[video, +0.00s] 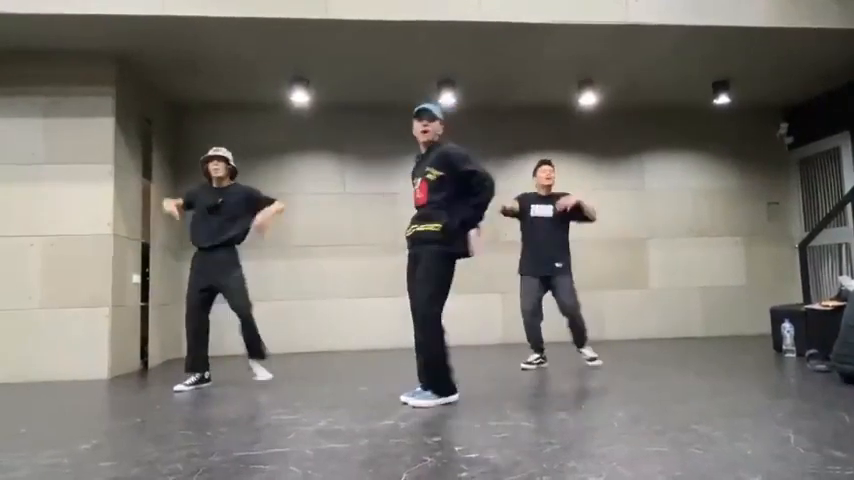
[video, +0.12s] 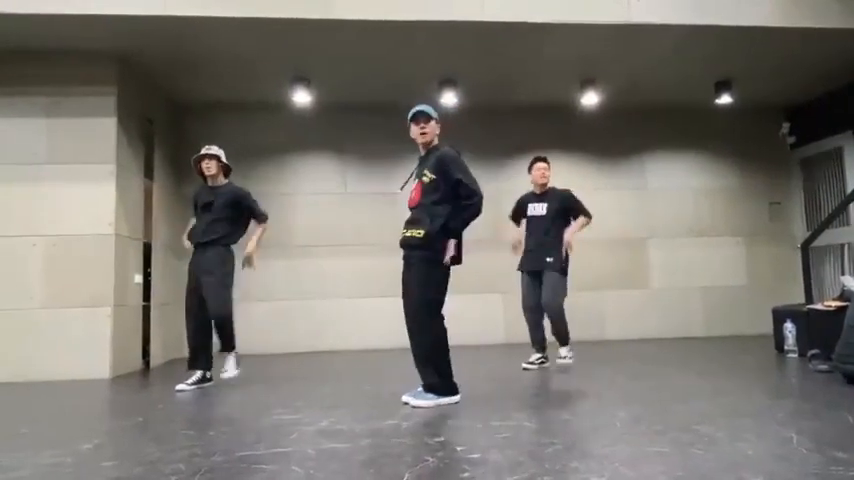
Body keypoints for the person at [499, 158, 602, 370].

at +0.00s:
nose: (548, 174)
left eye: (551, 171)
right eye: (543, 171)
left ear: (555, 176)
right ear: (535, 177)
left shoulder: (564, 201)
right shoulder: (525, 200)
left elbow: (591, 217)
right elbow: (511, 209)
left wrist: (577, 203)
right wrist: (508, 208)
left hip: (559, 267)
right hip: (531, 269)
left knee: (571, 307)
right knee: (529, 311)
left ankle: (582, 346)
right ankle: (538, 353)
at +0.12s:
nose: (542, 173)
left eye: (545, 170)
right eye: (538, 170)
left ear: (550, 174)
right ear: (530, 175)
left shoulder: (563, 196)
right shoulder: (525, 200)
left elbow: (585, 216)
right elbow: (516, 219)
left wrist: (570, 233)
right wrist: (519, 238)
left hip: (555, 259)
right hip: (530, 259)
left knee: (551, 303)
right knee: (530, 306)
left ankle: (564, 346)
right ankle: (539, 352)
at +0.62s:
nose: (546, 176)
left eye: (549, 172)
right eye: (541, 173)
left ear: (555, 175)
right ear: (535, 178)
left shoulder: (563, 199)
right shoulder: (537, 205)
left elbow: (571, 231)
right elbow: (536, 236)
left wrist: (569, 260)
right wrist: (529, 259)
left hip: (552, 262)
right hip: (532, 262)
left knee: (554, 307)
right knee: (534, 306)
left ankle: (565, 353)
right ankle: (546, 351)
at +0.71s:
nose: (547, 176)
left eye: (550, 172)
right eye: (542, 173)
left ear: (555, 175)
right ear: (536, 178)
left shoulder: (564, 200)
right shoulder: (538, 206)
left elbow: (578, 231)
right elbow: (537, 237)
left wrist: (570, 257)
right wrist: (529, 259)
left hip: (553, 262)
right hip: (533, 262)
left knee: (553, 305)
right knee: (534, 306)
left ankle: (566, 353)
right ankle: (547, 351)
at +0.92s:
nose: (549, 171)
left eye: (552, 167)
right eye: (545, 168)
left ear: (559, 171)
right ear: (539, 174)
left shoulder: (568, 194)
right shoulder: (543, 201)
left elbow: (591, 217)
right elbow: (531, 226)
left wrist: (577, 245)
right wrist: (519, 213)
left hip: (562, 258)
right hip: (540, 259)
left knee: (565, 305)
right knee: (525, 298)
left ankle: (570, 352)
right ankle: (542, 340)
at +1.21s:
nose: (549, 170)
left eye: (553, 166)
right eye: (545, 167)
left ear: (559, 169)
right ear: (539, 172)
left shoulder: (569, 193)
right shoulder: (541, 201)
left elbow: (592, 219)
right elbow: (542, 229)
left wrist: (579, 247)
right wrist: (542, 244)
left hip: (562, 256)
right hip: (541, 253)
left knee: (561, 303)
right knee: (509, 268)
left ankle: (571, 350)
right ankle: (540, 299)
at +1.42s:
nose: (543, 170)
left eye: (547, 166)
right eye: (539, 167)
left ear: (553, 170)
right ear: (534, 172)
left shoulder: (566, 195)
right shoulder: (532, 200)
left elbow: (591, 219)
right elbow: (526, 226)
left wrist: (578, 246)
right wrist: (544, 211)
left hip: (561, 254)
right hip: (537, 256)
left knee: (566, 302)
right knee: (531, 303)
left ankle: (575, 349)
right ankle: (518, 347)